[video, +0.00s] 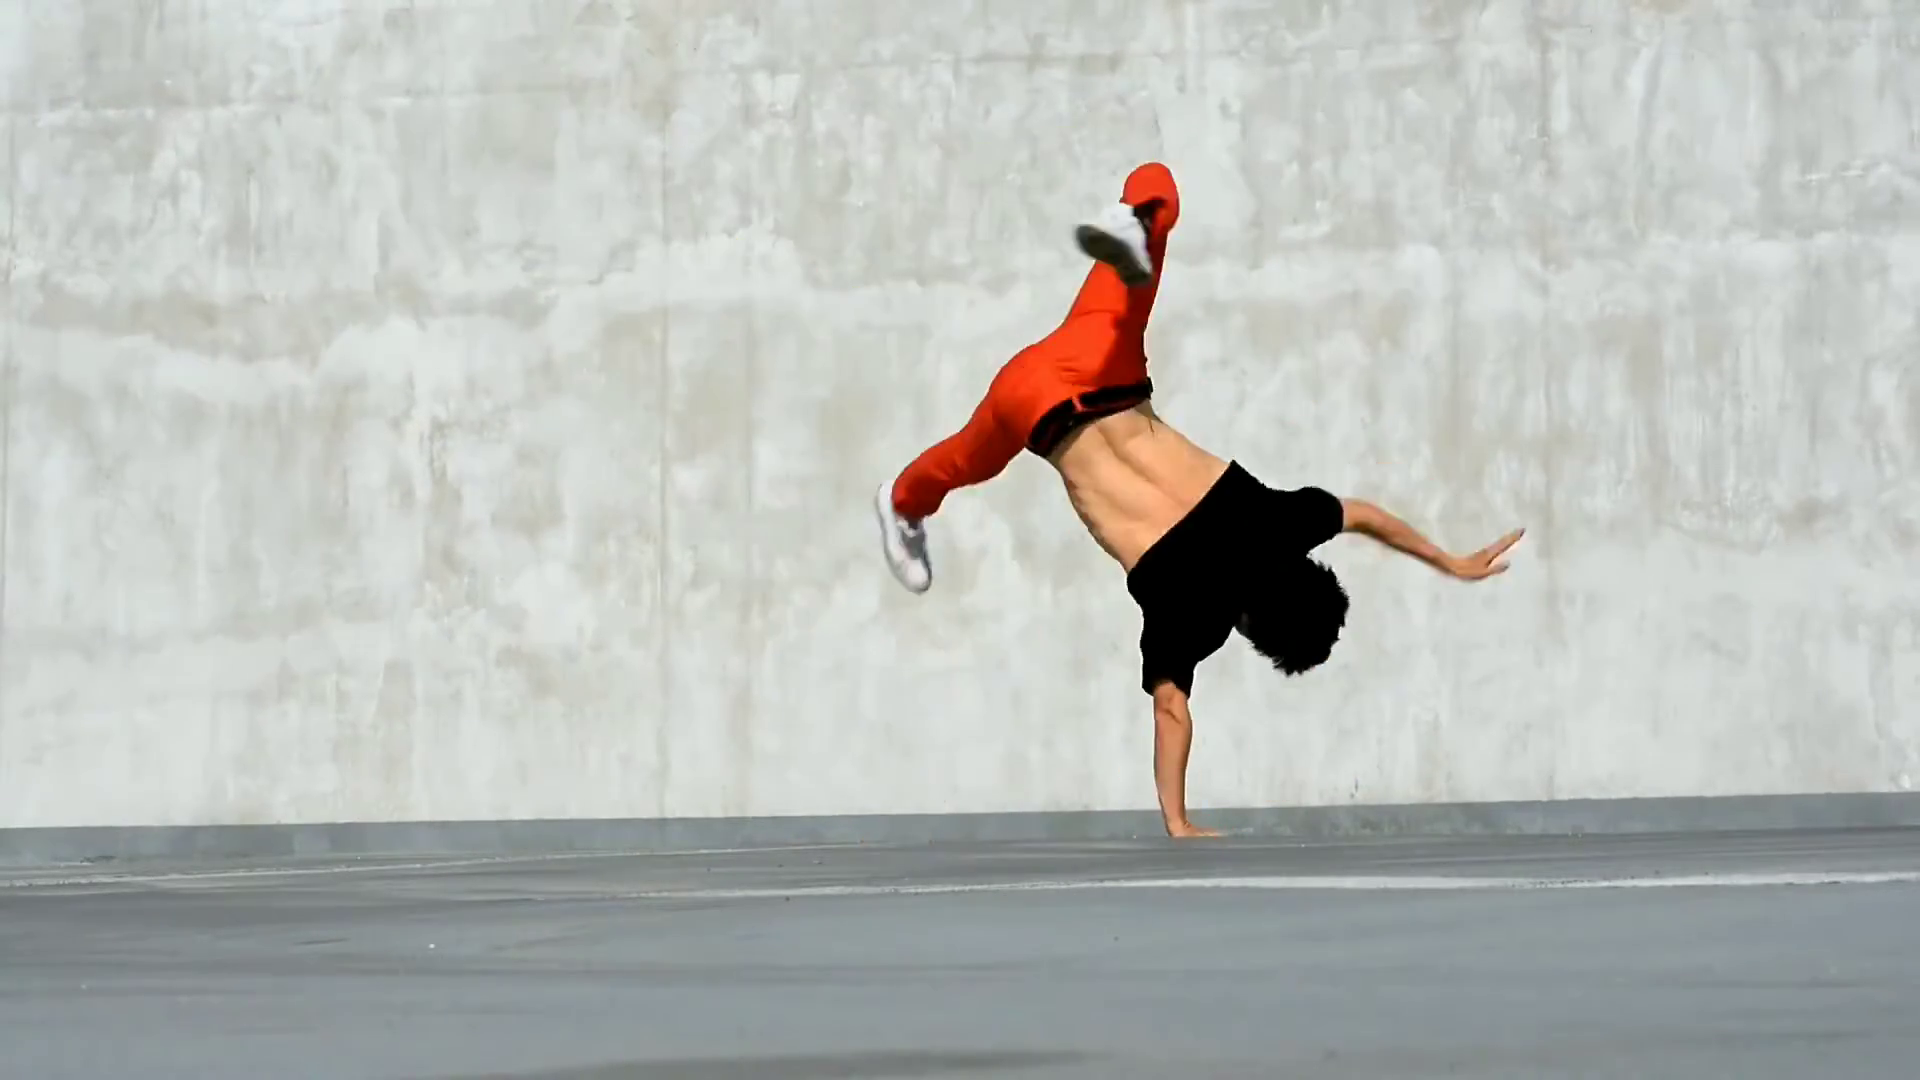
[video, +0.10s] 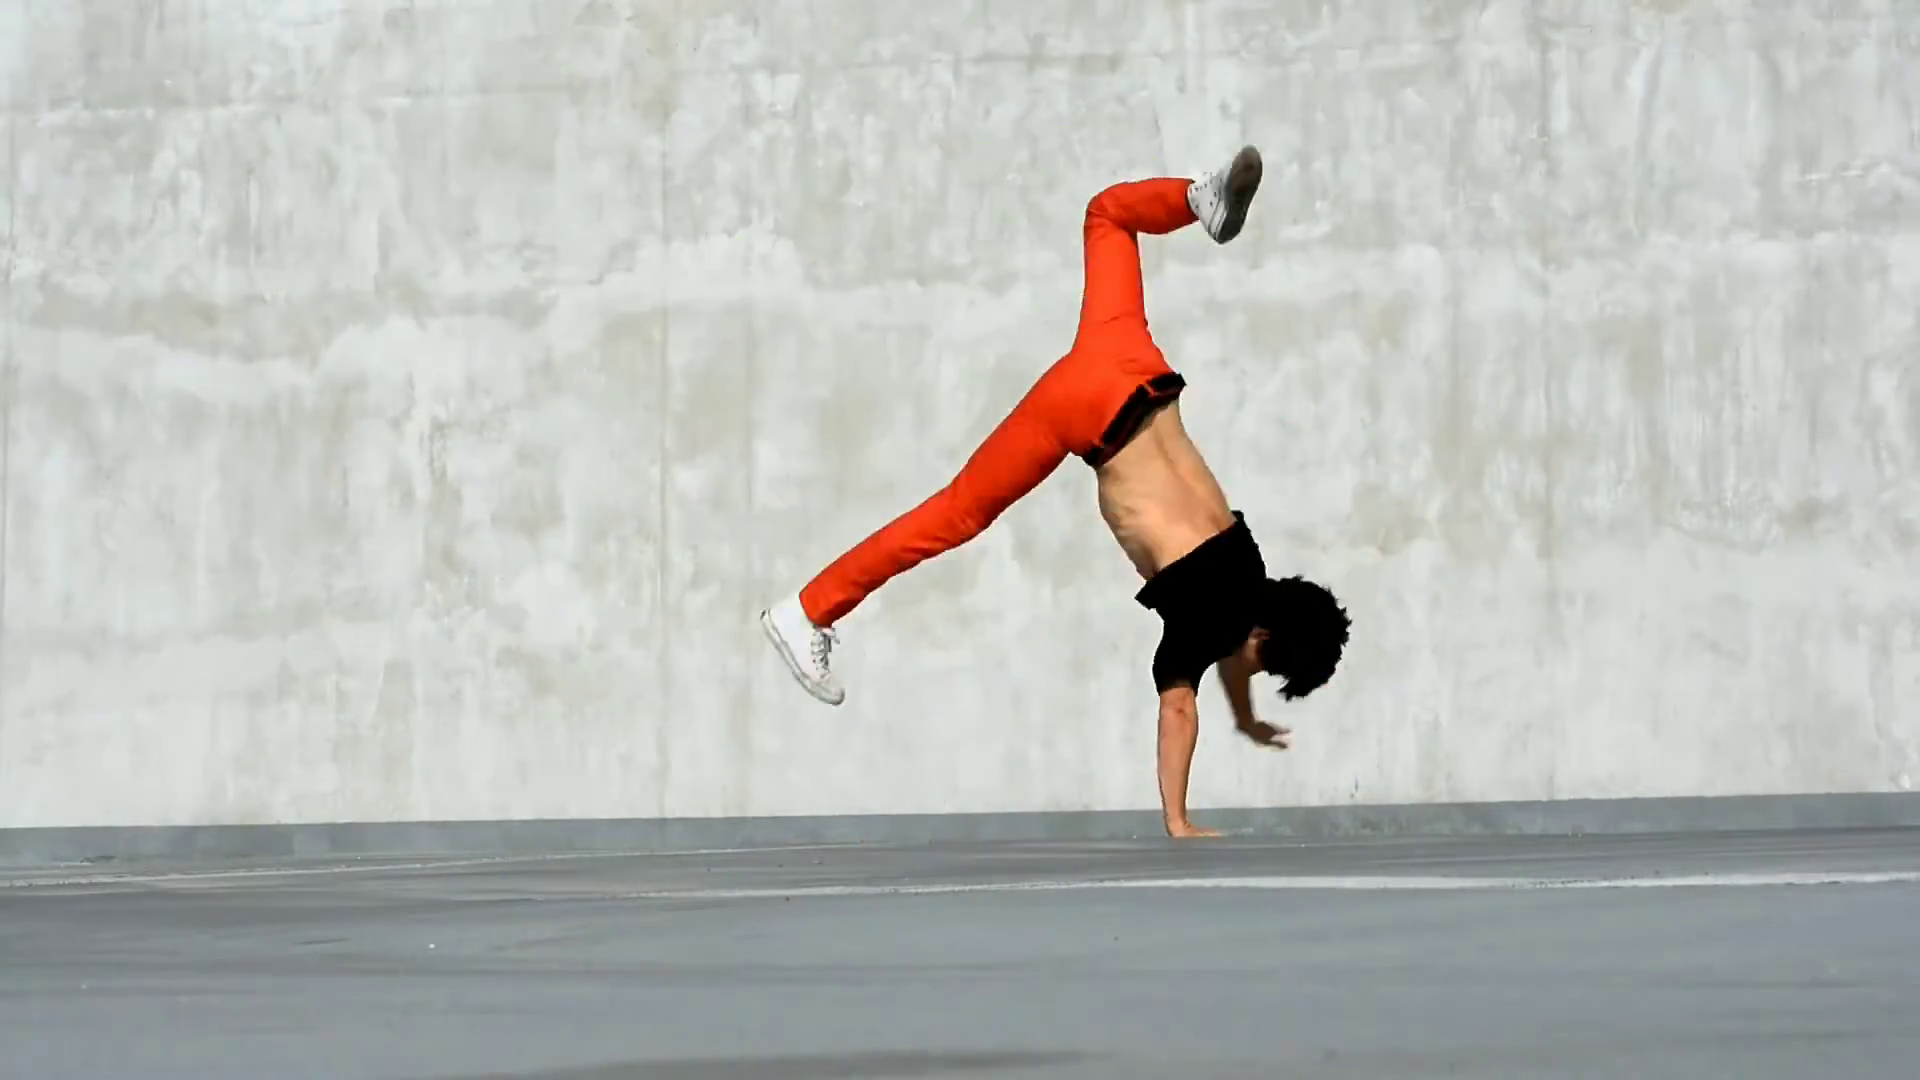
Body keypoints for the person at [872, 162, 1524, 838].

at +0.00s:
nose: (1286, 655)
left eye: (1299, 646)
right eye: (1288, 648)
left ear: (1306, 578)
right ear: (1270, 625)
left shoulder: (1281, 523)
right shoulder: (1180, 616)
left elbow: (1365, 518)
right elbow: (1171, 714)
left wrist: (1451, 564)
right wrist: (1177, 823)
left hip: (1109, 363)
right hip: (1034, 401)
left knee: (1157, 198)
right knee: (968, 460)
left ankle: (1137, 229)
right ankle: (900, 505)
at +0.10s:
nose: (1260, 673)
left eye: (1270, 672)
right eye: (1269, 665)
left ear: (1270, 627)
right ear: (1262, 638)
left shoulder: (1244, 586)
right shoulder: (1197, 620)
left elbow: (1232, 652)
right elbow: (1177, 713)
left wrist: (1246, 720)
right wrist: (1176, 820)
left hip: (1131, 362)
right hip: (1085, 400)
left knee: (1110, 214)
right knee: (954, 516)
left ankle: (1204, 202)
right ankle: (806, 615)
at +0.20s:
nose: (1248, 694)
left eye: (1261, 691)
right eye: (1263, 685)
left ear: (1255, 642)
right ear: (1264, 649)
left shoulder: (1179, 624)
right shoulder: (1228, 615)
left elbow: (1125, 707)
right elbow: (1196, 712)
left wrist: (1088, 801)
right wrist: (1180, 822)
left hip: (1131, 360)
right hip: (1146, 398)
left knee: (1020, 276)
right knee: (1022, 509)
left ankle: (1121, 159)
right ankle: (891, 584)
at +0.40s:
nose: (1183, 713)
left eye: (1175, 713)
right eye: (1185, 711)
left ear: (1155, 678)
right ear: (1197, 678)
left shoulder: (1098, 638)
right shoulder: (1231, 627)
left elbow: (1067, 730)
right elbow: (1233, 696)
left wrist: (1069, 831)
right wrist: (1214, 780)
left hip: (1078, 439)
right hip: (1157, 410)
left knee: (953, 495)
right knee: (1277, 405)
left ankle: (928, 345)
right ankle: (1308, 251)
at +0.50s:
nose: (1113, 681)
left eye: (1103, 680)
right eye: (1111, 680)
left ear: (1094, 656)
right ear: (1135, 650)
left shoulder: (1070, 636)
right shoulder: (1204, 598)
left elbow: (1066, 722)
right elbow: (1295, 642)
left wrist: (1069, 829)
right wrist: (1321, 737)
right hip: (1152, 421)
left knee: (1124, 568)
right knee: (1300, 337)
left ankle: (1032, 424)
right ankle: (1203, 190)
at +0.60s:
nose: (1029, 663)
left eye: (1017, 654)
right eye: (1016, 655)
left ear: (1021, 630)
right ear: (1025, 590)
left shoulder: (1059, 617)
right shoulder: (1082, 552)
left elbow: (1070, 721)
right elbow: (1209, 540)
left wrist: (1070, 827)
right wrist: (1293, 609)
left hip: (1152, 470)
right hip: (1184, 414)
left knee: (1248, 597)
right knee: (1280, 294)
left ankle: (1239, 478)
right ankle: (1112, 261)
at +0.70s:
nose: (1012, 660)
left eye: (1001, 653)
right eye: (1001, 655)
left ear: (1007, 629)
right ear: (1006, 600)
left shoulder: (1060, 625)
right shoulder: (1055, 543)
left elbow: (1084, 724)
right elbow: (1080, 492)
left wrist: (1072, 828)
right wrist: (1078, 451)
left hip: (1186, 478)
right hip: (1198, 428)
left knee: (1300, 584)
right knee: (1322, 332)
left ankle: (1423, 623)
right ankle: (1182, 269)